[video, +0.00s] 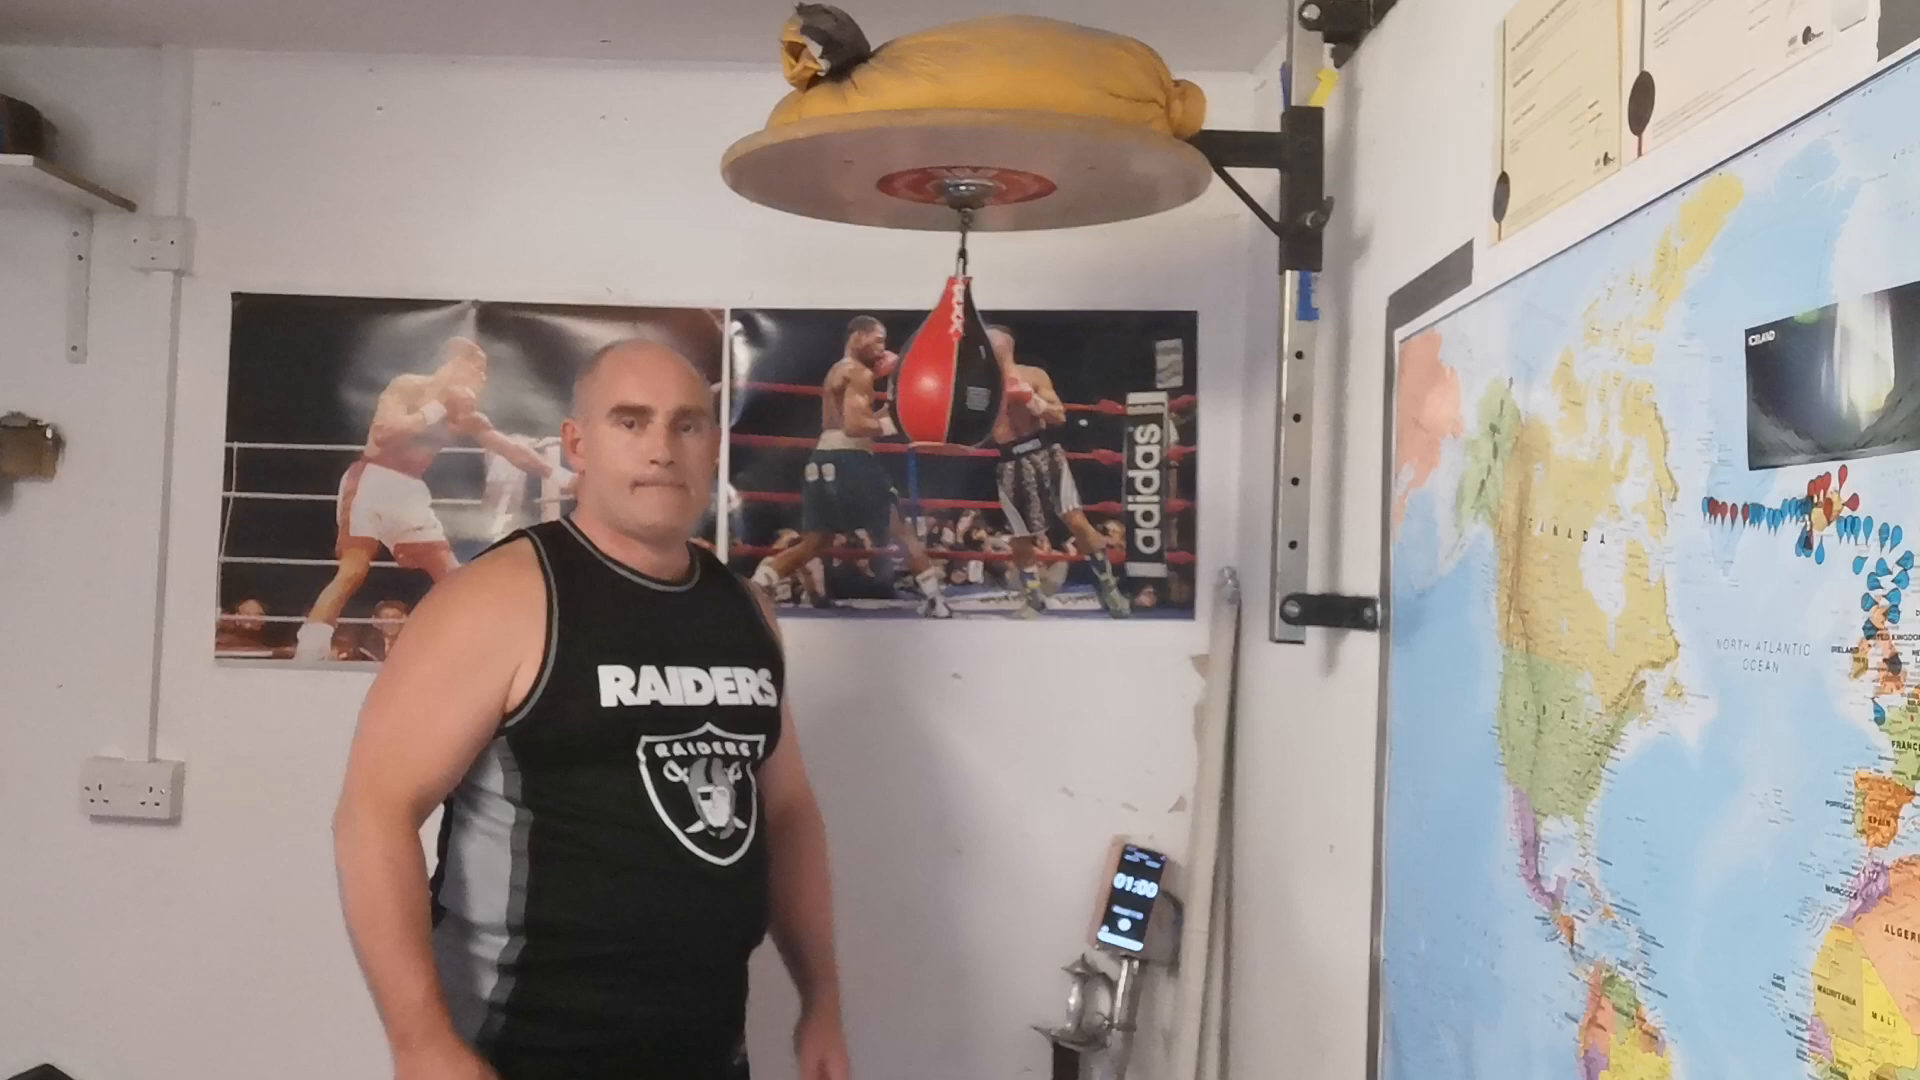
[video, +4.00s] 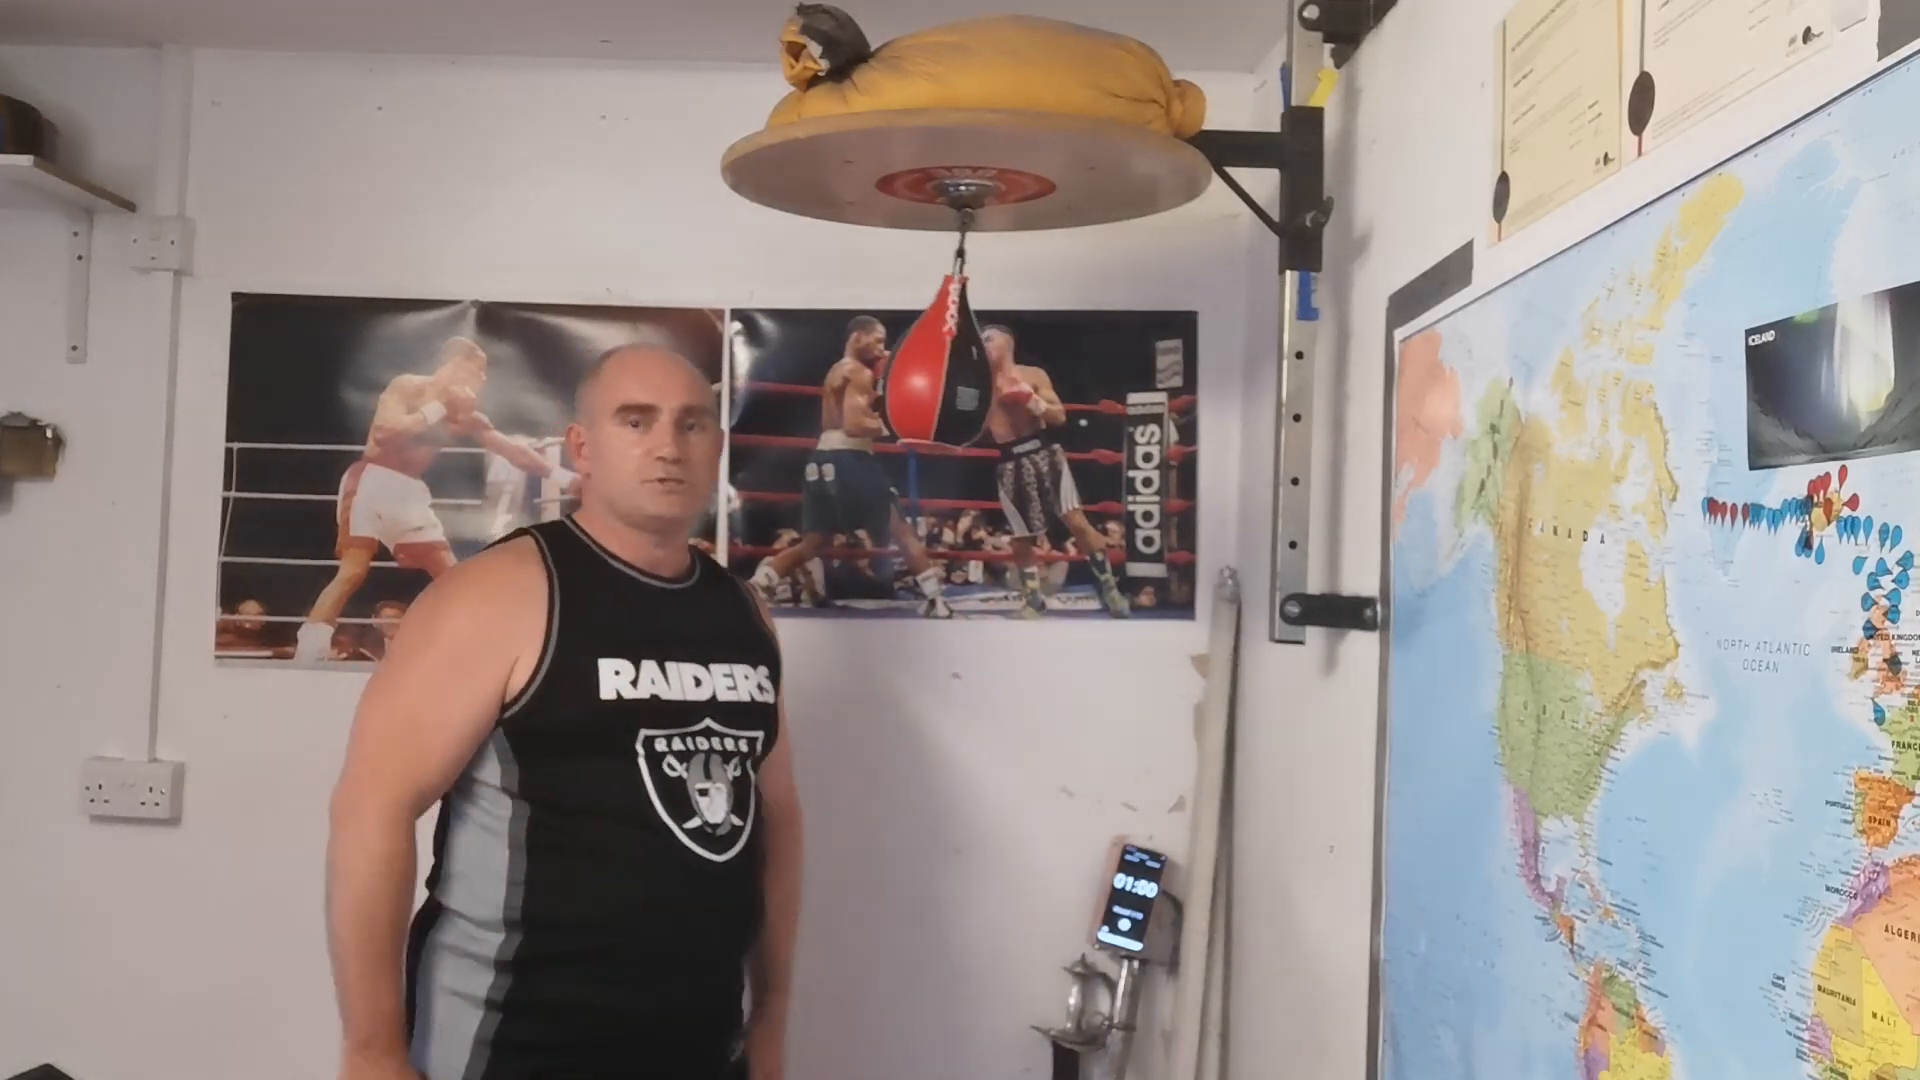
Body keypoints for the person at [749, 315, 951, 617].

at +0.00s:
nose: (881, 348)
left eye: (883, 342)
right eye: (878, 341)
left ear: (856, 339)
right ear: (859, 337)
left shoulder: (834, 373)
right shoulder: (859, 373)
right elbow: (854, 425)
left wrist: (877, 372)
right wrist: (888, 423)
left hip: (820, 462)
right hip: (852, 462)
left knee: (814, 542)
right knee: (902, 530)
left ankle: (756, 586)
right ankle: (935, 598)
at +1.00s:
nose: (881, 349)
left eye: (883, 342)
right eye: (878, 341)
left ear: (855, 340)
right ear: (858, 337)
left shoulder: (833, 373)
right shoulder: (859, 372)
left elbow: (838, 422)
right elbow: (853, 424)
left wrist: (884, 412)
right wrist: (890, 423)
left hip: (821, 461)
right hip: (852, 461)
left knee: (816, 540)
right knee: (903, 530)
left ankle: (756, 586)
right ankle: (936, 598)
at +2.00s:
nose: (881, 348)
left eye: (883, 342)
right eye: (877, 341)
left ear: (855, 340)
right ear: (857, 337)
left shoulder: (833, 373)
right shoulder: (858, 372)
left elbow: (834, 422)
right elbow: (853, 425)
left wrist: (880, 375)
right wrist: (888, 424)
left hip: (821, 462)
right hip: (852, 462)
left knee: (815, 542)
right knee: (902, 529)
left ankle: (754, 589)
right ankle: (936, 598)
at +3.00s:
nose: (881, 348)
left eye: (883, 343)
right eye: (878, 341)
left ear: (855, 340)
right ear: (858, 337)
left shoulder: (833, 373)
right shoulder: (859, 373)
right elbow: (854, 424)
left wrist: (876, 374)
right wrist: (883, 426)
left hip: (821, 462)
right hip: (853, 463)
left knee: (814, 543)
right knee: (902, 531)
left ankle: (753, 589)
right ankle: (936, 599)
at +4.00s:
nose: (882, 349)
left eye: (883, 343)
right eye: (878, 341)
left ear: (854, 341)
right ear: (857, 338)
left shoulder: (833, 373)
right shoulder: (859, 373)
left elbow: (834, 421)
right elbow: (854, 424)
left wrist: (876, 372)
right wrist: (886, 425)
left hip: (820, 462)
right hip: (853, 462)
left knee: (814, 542)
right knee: (903, 531)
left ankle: (754, 588)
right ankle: (937, 600)